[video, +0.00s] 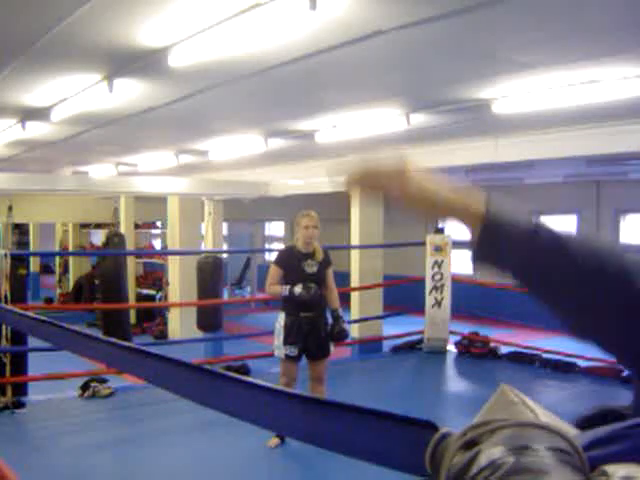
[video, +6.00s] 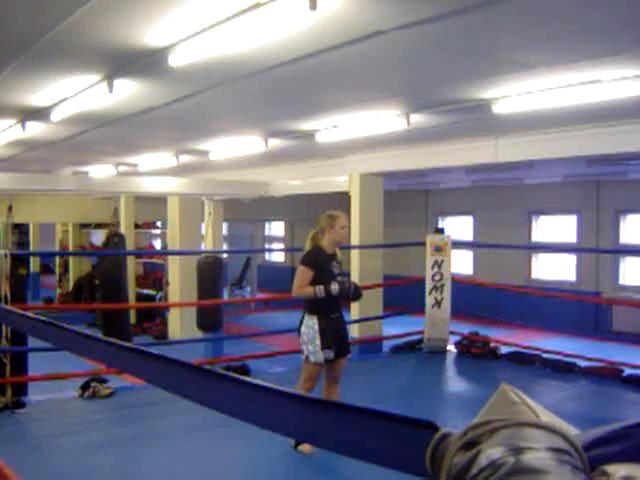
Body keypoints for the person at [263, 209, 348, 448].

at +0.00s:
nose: (310, 232)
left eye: (314, 228)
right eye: (306, 227)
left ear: (319, 231)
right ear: (297, 230)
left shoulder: (323, 257)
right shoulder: (285, 256)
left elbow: (330, 289)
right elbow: (270, 287)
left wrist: (338, 316)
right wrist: (293, 289)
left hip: (317, 318)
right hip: (292, 318)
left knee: (318, 378)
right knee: (287, 378)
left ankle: (319, 428)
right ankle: (280, 429)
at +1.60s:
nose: (345, 234)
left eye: (346, 230)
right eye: (342, 229)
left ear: (337, 232)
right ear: (329, 230)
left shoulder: (336, 257)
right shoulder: (311, 254)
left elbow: (335, 286)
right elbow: (296, 284)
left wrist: (346, 302)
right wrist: (325, 290)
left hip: (331, 315)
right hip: (310, 315)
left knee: (326, 375)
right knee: (307, 377)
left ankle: (322, 425)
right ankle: (289, 426)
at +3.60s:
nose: (315, 232)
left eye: (316, 228)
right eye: (311, 228)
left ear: (314, 231)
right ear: (296, 231)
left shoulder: (315, 255)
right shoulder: (281, 260)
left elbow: (321, 282)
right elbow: (265, 293)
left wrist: (326, 288)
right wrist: (291, 293)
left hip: (314, 319)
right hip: (290, 321)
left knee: (328, 380)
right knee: (292, 381)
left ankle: (326, 430)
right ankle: (297, 435)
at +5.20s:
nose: (346, 233)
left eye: (346, 229)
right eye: (343, 228)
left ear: (337, 230)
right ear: (329, 229)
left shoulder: (336, 258)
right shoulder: (313, 255)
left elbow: (332, 290)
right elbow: (297, 289)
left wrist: (350, 291)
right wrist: (328, 288)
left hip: (335, 317)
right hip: (315, 317)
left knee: (333, 378)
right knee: (308, 379)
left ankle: (329, 428)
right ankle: (300, 431)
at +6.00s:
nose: (346, 233)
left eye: (346, 229)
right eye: (342, 229)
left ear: (337, 231)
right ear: (328, 229)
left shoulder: (335, 258)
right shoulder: (313, 256)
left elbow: (332, 289)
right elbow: (297, 289)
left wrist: (350, 291)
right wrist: (329, 289)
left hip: (335, 318)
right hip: (316, 318)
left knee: (334, 378)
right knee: (309, 380)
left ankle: (330, 428)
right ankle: (299, 431)